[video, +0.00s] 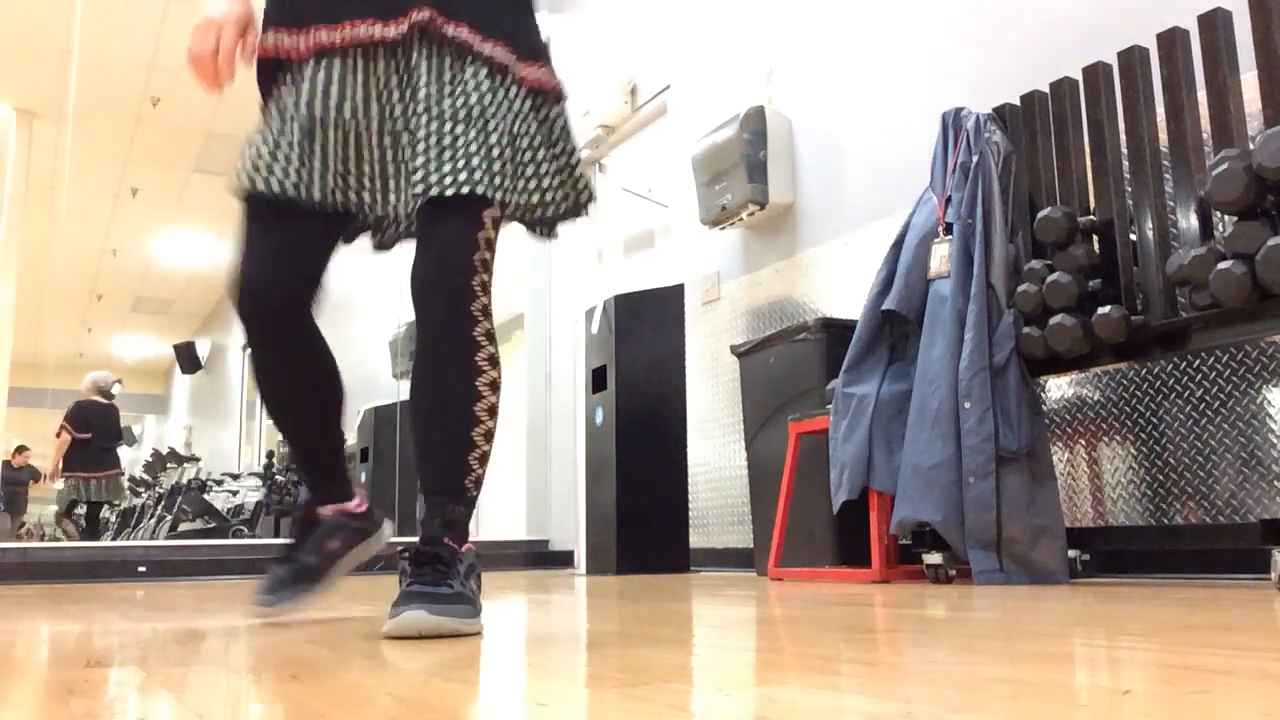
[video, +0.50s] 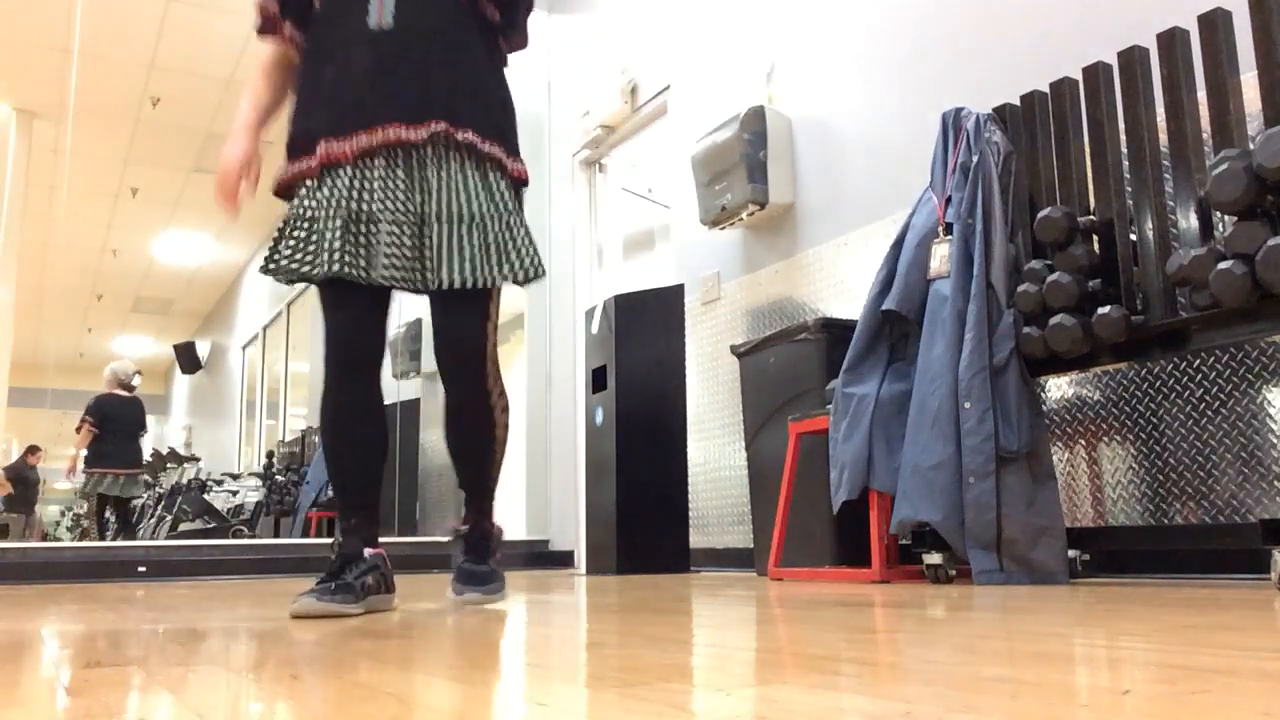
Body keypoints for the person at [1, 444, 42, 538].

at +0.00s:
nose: (27, 460)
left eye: (28, 457)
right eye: (25, 457)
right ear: (16, 455)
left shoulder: (28, 469)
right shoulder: (4, 465)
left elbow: (38, 477)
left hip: (18, 506)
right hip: (3, 504)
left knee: (16, 532)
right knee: (4, 531)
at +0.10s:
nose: (28, 460)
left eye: (29, 457)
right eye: (27, 457)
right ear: (18, 455)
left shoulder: (29, 469)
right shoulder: (4, 465)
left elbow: (38, 478)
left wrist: (29, 466)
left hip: (21, 508)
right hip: (5, 506)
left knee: (18, 534)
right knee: (7, 533)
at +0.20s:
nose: (30, 460)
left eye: (31, 457)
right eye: (29, 456)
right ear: (20, 454)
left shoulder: (30, 468)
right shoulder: (6, 465)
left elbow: (33, 478)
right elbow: (4, 481)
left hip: (24, 509)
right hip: (9, 509)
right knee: (10, 537)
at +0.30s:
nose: (31, 460)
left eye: (32, 457)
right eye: (30, 456)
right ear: (21, 454)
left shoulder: (31, 467)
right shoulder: (7, 465)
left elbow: (30, 487)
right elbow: (7, 486)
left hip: (25, 509)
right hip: (12, 509)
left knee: (21, 539)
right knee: (12, 539)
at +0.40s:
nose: (34, 460)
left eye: (35, 457)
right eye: (33, 457)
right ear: (23, 455)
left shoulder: (31, 467)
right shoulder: (8, 466)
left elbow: (34, 480)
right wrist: (32, 478)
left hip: (28, 508)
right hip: (15, 508)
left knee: (24, 538)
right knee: (13, 539)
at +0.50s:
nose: (39, 461)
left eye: (40, 458)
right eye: (38, 457)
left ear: (30, 455)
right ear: (29, 455)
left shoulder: (33, 467)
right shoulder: (18, 466)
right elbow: (2, 474)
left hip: (29, 508)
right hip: (16, 509)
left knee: (35, 535)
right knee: (15, 538)